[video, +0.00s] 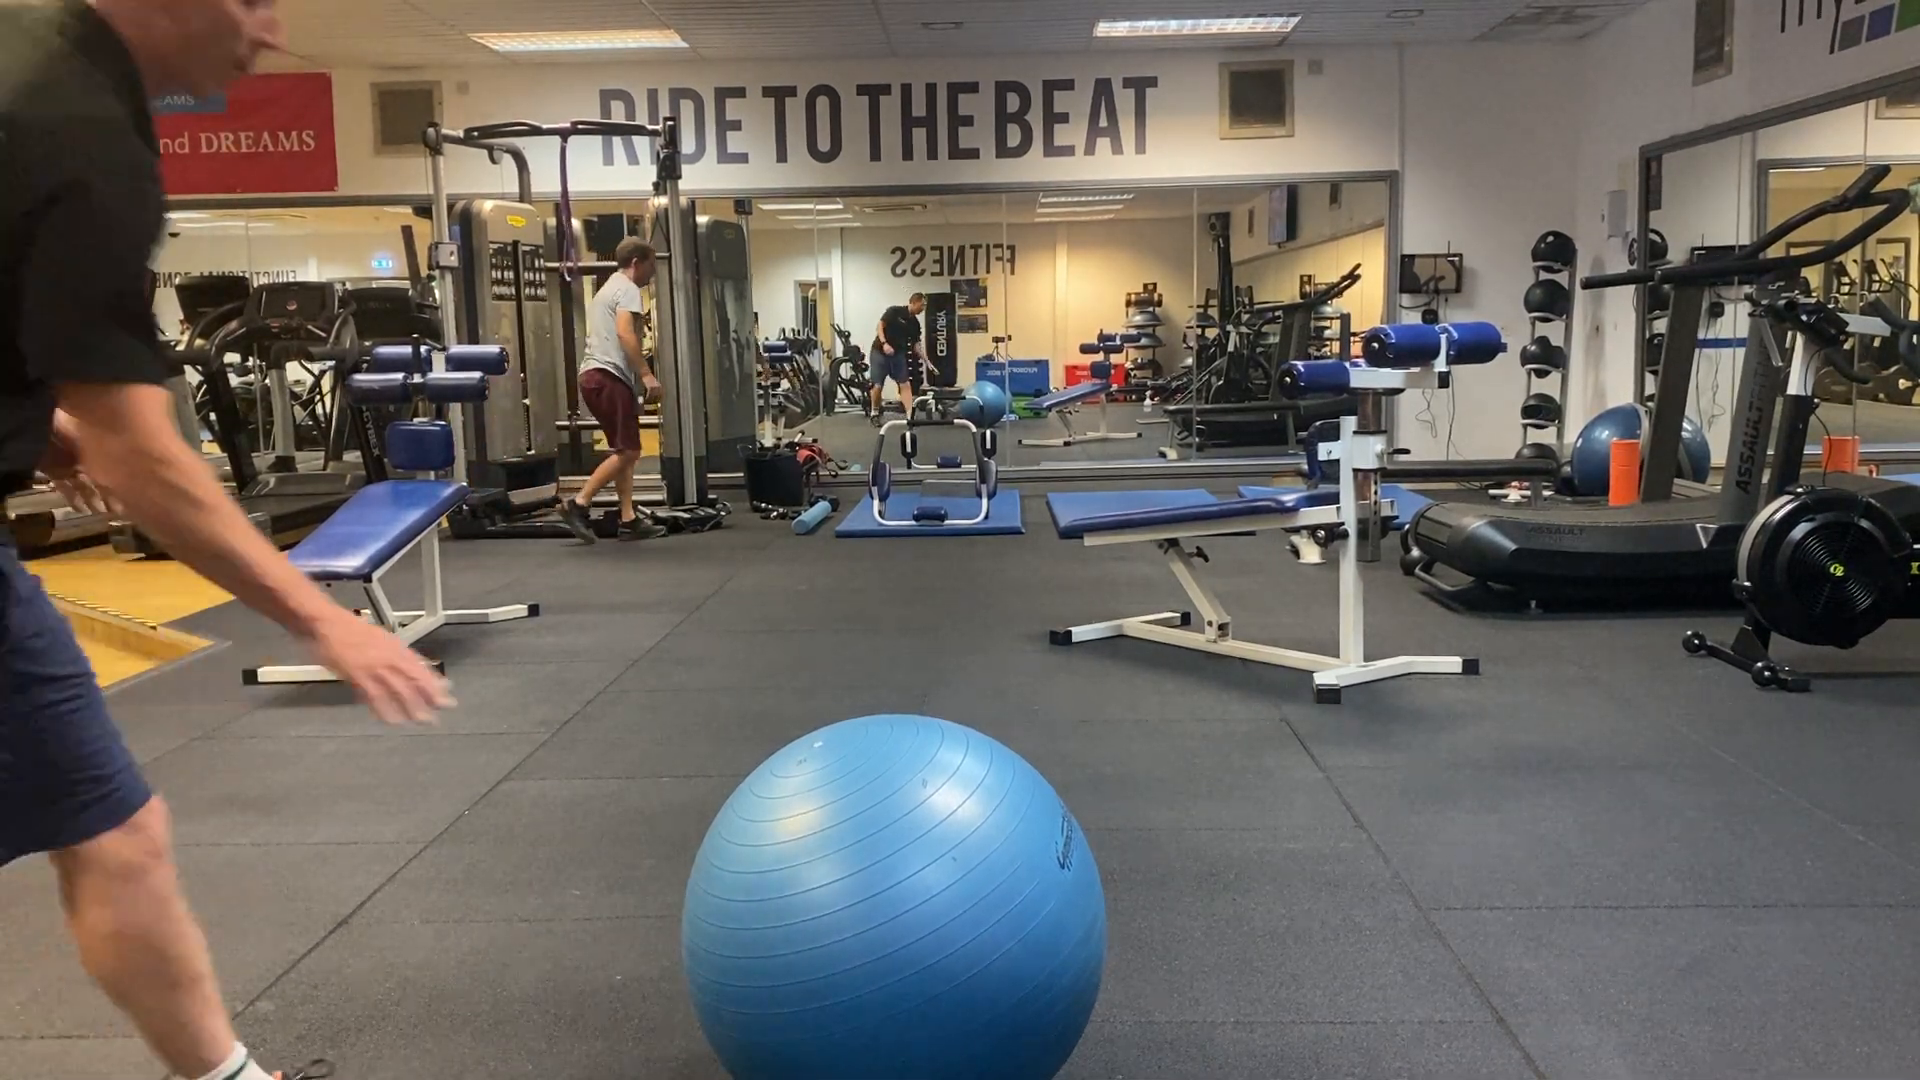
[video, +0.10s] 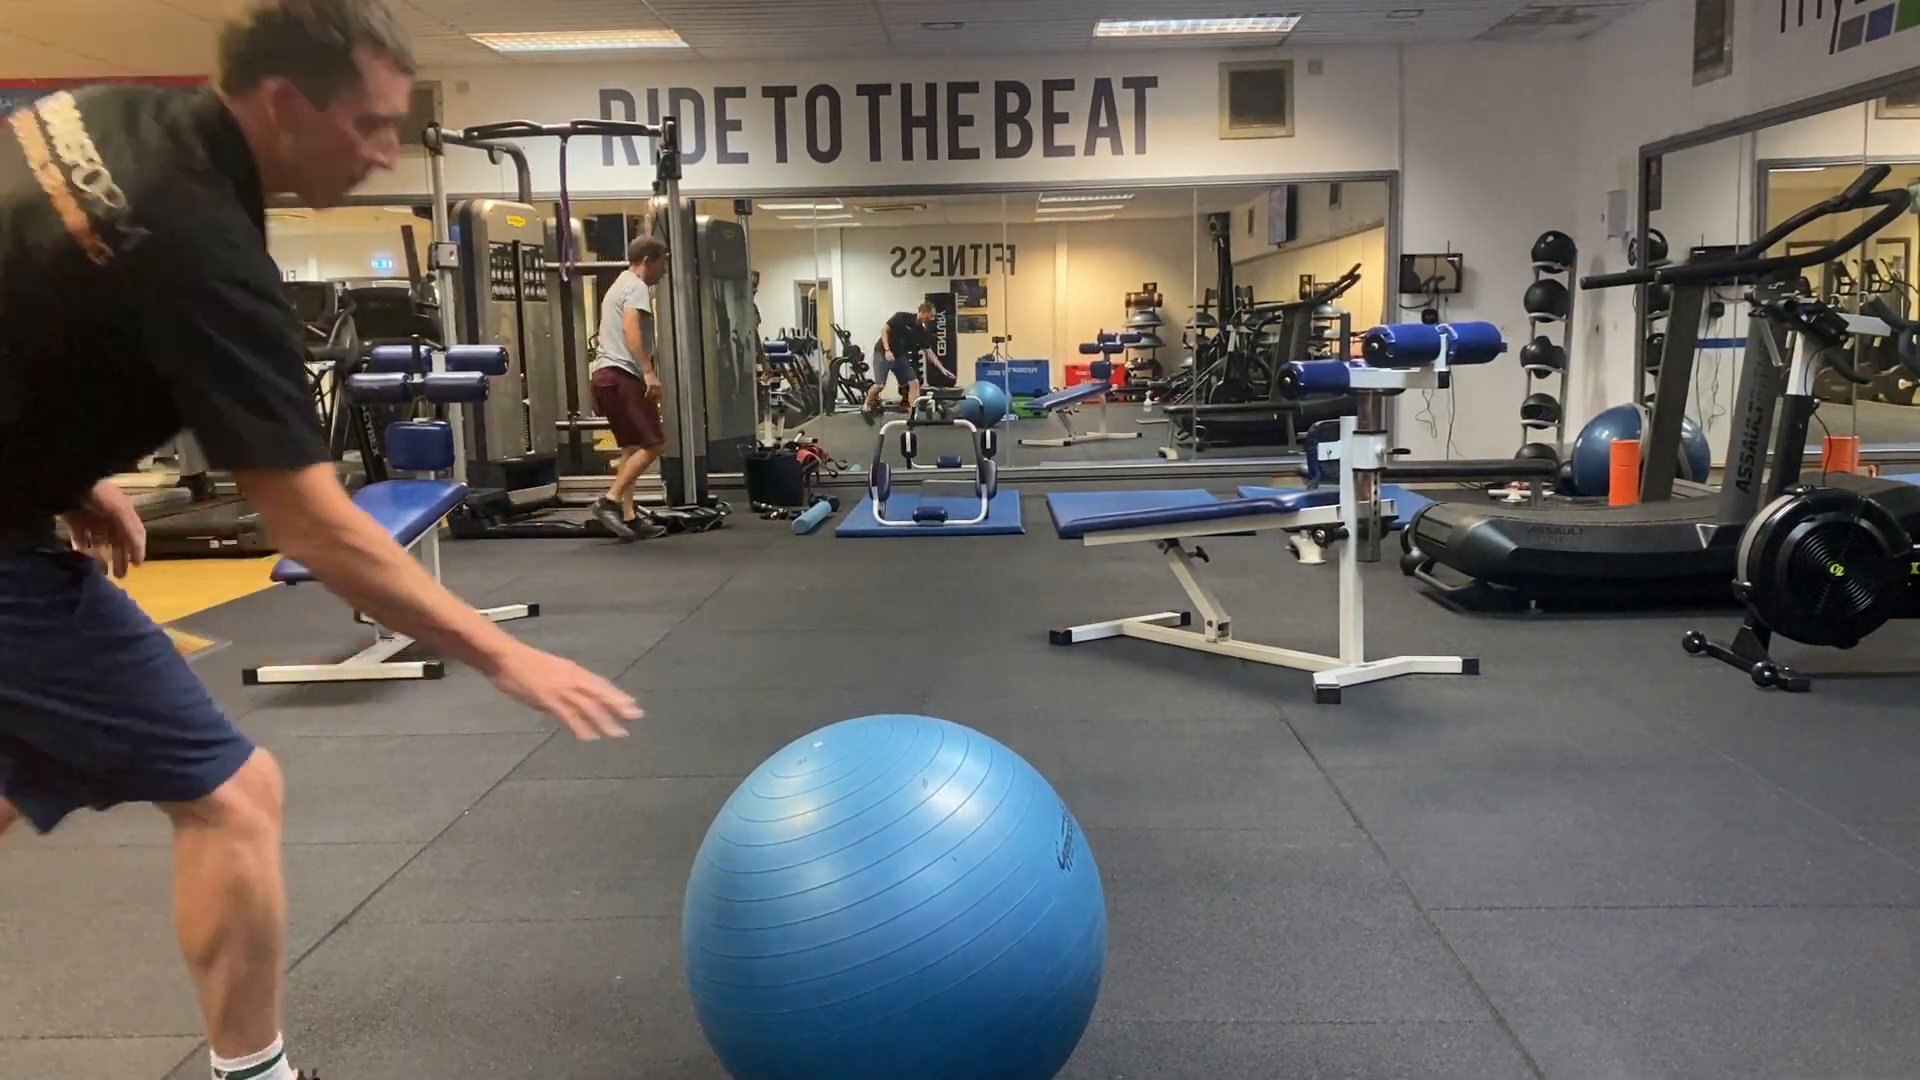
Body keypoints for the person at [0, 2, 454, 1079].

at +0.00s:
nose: (270, 33)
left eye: (273, 9)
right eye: (254, 4)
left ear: (156, 1)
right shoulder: (79, 127)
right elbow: (130, 453)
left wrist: (50, 424)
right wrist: (324, 621)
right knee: (114, 828)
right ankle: (223, 1071)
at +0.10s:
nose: (386, 155)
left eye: (393, 129)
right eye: (371, 126)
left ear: (268, 105)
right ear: (280, 105)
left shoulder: (125, 115)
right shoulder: (209, 253)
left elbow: (14, 296)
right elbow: (312, 523)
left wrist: (63, 479)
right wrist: (500, 653)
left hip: (25, 539)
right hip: (16, 551)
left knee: (17, 778)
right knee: (232, 790)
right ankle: (250, 1065)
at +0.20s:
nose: (460, 254)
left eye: (468, 231)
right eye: (449, 229)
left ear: (353, 195)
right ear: (362, 206)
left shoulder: (213, 190)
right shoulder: (283, 333)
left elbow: (53, 330)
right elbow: (439, 569)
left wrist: (95, 526)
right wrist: (631, 668)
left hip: (36, 557)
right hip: (29, 573)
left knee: (95, 766)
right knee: (278, 780)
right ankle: (257, 1067)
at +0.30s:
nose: (493, 336)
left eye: (502, 311)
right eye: (483, 311)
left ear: (391, 274)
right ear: (398, 288)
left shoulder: (264, 263)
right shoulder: (332, 414)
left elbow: (95, 389)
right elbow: (519, 609)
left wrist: (149, 575)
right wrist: (715, 706)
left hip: (20, 561)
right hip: (40, 595)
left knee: (61, 837)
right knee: (317, 787)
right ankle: (260, 1061)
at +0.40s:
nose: (502, 383)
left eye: (509, 358)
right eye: (489, 360)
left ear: (396, 329)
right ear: (400, 343)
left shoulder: (294, 325)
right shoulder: (328, 461)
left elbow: (164, 464)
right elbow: (498, 658)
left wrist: (234, 646)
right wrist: (695, 744)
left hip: (32, 605)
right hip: (55, 638)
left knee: (90, 905)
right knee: (349, 787)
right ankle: (269, 1055)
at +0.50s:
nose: (482, 392)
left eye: (486, 368)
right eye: (465, 369)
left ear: (373, 365)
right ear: (372, 368)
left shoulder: (290, 389)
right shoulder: (289, 471)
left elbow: (227, 542)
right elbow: (437, 688)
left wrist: (291, 688)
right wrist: (626, 762)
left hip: (71, 670)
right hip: (63, 680)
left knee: (151, 965)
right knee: (367, 792)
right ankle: (272, 1065)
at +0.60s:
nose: (441, 384)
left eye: (441, 359)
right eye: (419, 362)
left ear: (337, 370)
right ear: (328, 368)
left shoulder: (319, 463)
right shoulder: (241, 482)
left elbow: (291, 622)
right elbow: (381, 696)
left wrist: (358, 730)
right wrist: (565, 762)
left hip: (138, 720)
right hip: (65, 721)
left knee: (182, 1022)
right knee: (367, 792)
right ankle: (275, 1062)